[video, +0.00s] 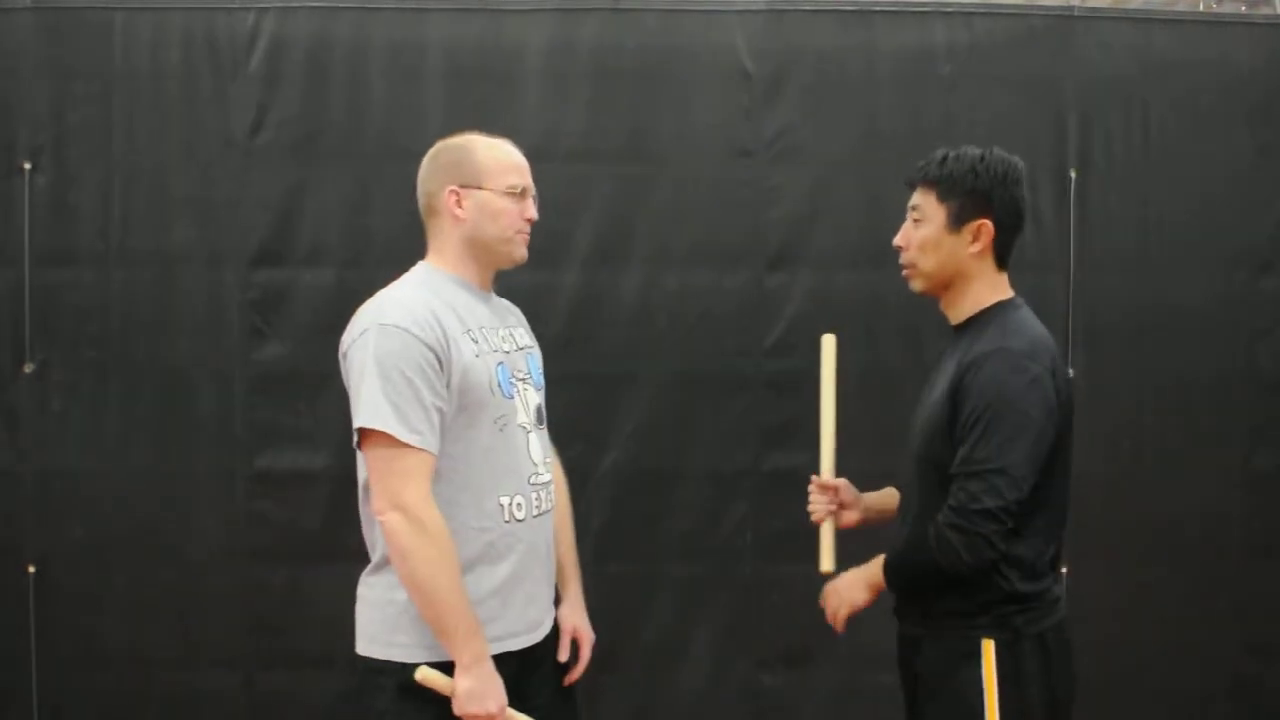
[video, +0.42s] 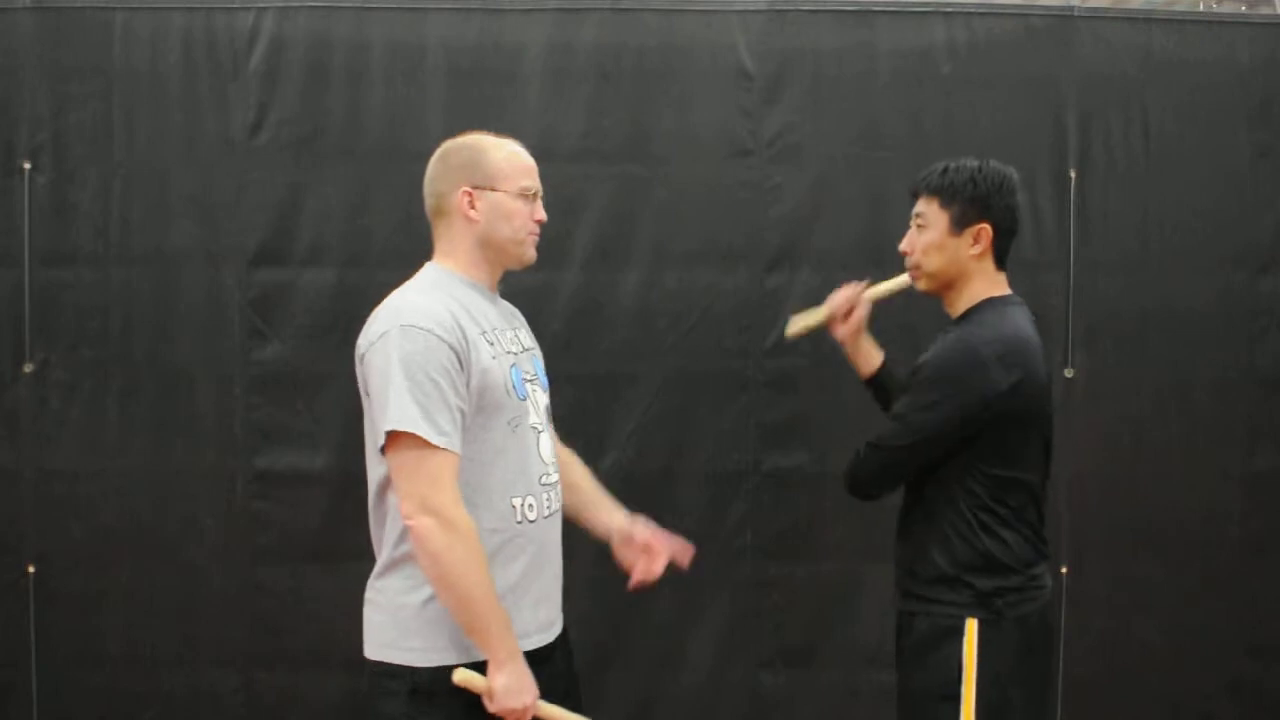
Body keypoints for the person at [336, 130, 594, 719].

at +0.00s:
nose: (533, 213)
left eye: (531, 196)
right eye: (516, 194)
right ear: (458, 202)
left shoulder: (508, 319)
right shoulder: (397, 325)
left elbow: (542, 462)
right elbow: (402, 509)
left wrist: (571, 591)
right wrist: (472, 660)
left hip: (527, 652)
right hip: (428, 664)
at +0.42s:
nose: (542, 215)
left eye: (539, 199)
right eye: (528, 197)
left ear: (476, 205)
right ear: (471, 203)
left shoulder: (507, 321)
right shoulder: (415, 326)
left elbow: (542, 450)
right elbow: (430, 512)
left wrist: (620, 526)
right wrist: (503, 655)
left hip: (535, 650)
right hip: (440, 664)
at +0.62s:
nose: (532, 212)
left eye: (529, 196)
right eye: (517, 194)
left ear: (468, 206)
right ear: (463, 204)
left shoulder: (495, 318)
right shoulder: (423, 326)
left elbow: (560, 416)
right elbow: (466, 511)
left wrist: (632, 442)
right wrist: (549, 633)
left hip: (513, 647)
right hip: (444, 660)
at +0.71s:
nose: (529, 212)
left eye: (525, 196)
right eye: (513, 195)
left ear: (466, 207)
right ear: (459, 206)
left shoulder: (492, 314)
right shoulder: (430, 324)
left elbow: (571, 387)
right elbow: (493, 507)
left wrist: (634, 410)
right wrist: (570, 613)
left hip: (515, 639)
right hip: (445, 656)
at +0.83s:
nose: (522, 211)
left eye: (517, 195)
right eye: (506, 194)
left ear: (457, 209)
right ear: (453, 207)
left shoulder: (495, 300)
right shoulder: (436, 322)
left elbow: (601, 330)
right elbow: (540, 489)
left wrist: (672, 359)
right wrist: (611, 558)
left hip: (513, 622)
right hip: (443, 645)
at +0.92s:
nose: (517, 209)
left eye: (511, 193)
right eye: (500, 193)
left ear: (451, 208)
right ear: (446, 208)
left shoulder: (494, 284)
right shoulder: (436, 320)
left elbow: (614, 285)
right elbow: (577, 463)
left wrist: (714, 323)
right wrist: (640, 483)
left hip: (512, 619)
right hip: (440, 643)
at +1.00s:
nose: (510, 209)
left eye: (504, 191)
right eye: (492, 192)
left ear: (440, 211)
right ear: (438, 210)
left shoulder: (488, 275)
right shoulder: (430, 320)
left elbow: (606, 258)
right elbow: (595, 417)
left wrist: (725, 282)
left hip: (512, 615)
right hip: (436, 642)